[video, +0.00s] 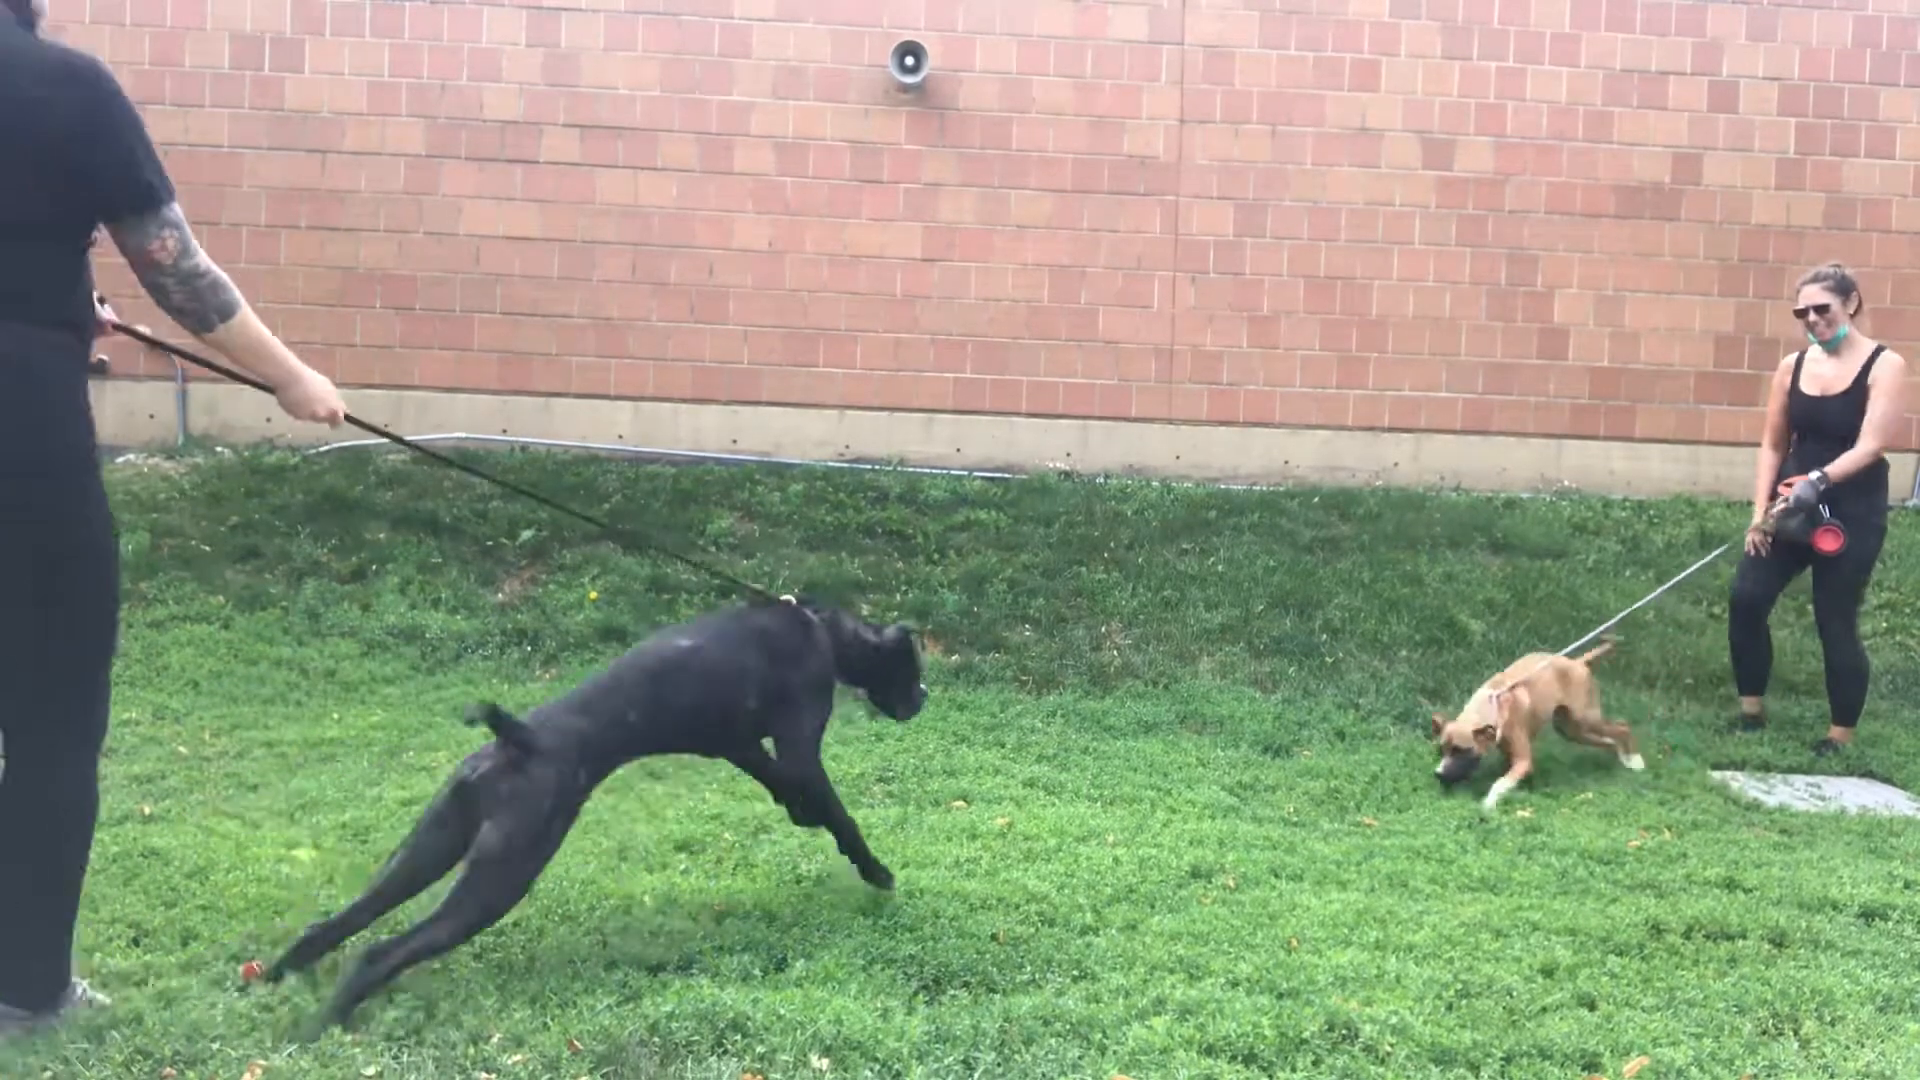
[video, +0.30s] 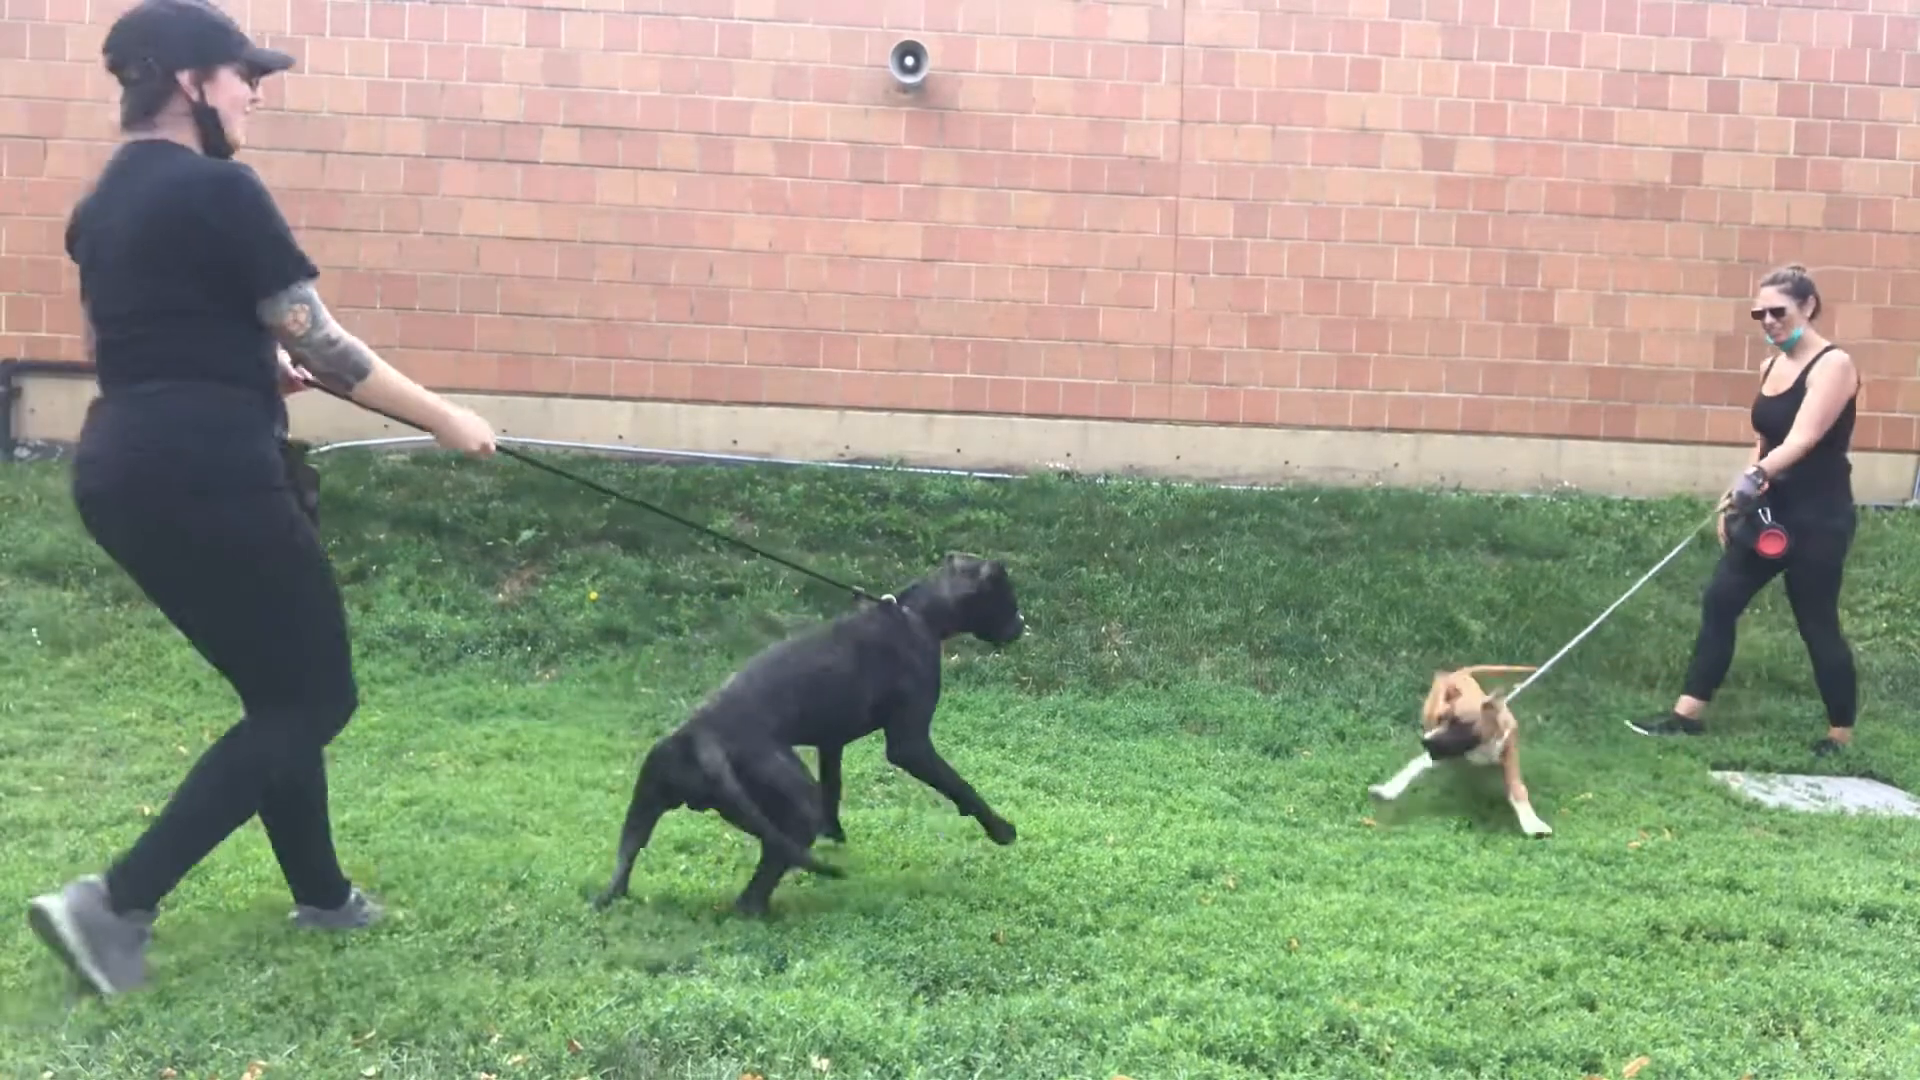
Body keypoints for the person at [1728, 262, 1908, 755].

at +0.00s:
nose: (1812, 320)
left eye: (1822, 309)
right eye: (1804, 313)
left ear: (1850, 304)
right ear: (1799, 314)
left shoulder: (1884, 365)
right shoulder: (1792, 366)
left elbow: (1871, 447)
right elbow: (1771, 445)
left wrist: (1815, 482)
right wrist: (1759, 513)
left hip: (1854, 509)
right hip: (1793, 503)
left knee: (1834, 617)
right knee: (1746, 596)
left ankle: (1841, 736)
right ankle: (1750, 712)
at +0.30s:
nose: (1768, 322)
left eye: (1778, 312)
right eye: (1761, 314)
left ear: (1807, 307)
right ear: (1758, 315)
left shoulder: (1834, 365)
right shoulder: (1774, 365)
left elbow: (1804, 438)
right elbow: (1764, 443)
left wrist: (1754, 479)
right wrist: (1732, 502)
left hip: (1819, 516)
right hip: (1770, 507)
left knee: (1817, 622)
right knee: (1720, 599)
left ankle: (1841, 735)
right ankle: (1687, 714)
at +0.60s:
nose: (1697, 325)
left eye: (1706, 315)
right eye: (1690, 317)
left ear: (1735, 310)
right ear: (1686, 315)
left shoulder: (1754, 360)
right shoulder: (1708, 365)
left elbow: (1732, 414)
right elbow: (1697, 433)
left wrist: (1692, 444)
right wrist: (1679, 483)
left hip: (1753, 503)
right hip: (1710, 500)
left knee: (1709, 607)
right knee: (1680, 602)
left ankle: (1794, 705)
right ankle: (1683, 718)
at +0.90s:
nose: (1657, 322)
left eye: (1667, 312)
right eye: (1650, 314)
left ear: (1694, 308)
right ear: (1646, 316)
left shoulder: (1711, 362)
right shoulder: (1676, 360)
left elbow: (1682, 433)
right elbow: (1676, 438)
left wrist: (1636, 475)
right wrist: (1653, 490)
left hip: (1718, 505)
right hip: (1680, 502)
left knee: (1679, 611)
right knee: (1648, 607)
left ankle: (1663, 734)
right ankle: (1676, 705)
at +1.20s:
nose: (1637, 320)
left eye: (1647, 310)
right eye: (1631, 312)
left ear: (1678, 305)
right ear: (1630, 314)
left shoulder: (1695, 361)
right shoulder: (1668, 362)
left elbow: (1653, 433)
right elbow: (1680, 448)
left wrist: (1599, 469)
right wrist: (1651, 491)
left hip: (1703, 509)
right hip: (1670, 506)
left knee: (1656, 621)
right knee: (1617, 603)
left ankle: (1664, 750)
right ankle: (1679, 712)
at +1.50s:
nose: (1647, 318)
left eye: (1656, 308)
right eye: (1641, 310)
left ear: (1688, 302)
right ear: (1641, 309)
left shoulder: (1710, 357)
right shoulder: (1676, 356)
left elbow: (1702, 446)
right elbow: (1672, 442)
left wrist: (1630, 471)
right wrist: (1640, 495)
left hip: (1707, 508)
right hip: (1676, 504)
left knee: (1664, 622)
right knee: (1636, 611)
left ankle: (1664, 752)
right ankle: (1699, 716)